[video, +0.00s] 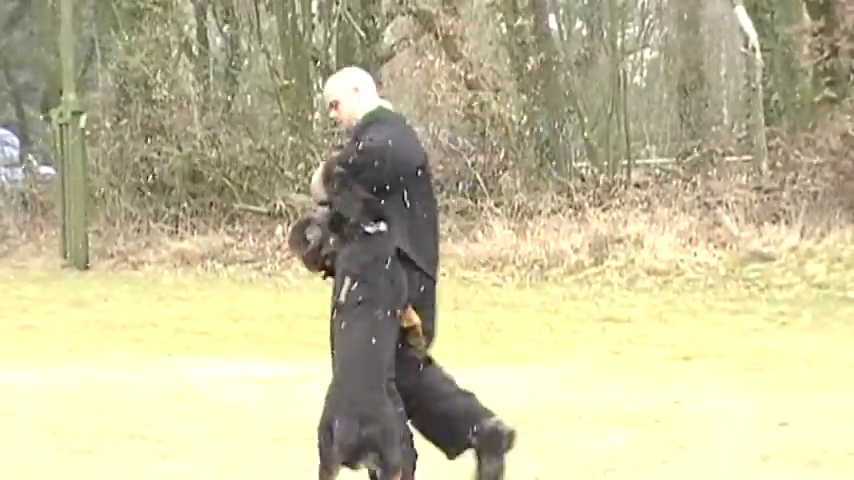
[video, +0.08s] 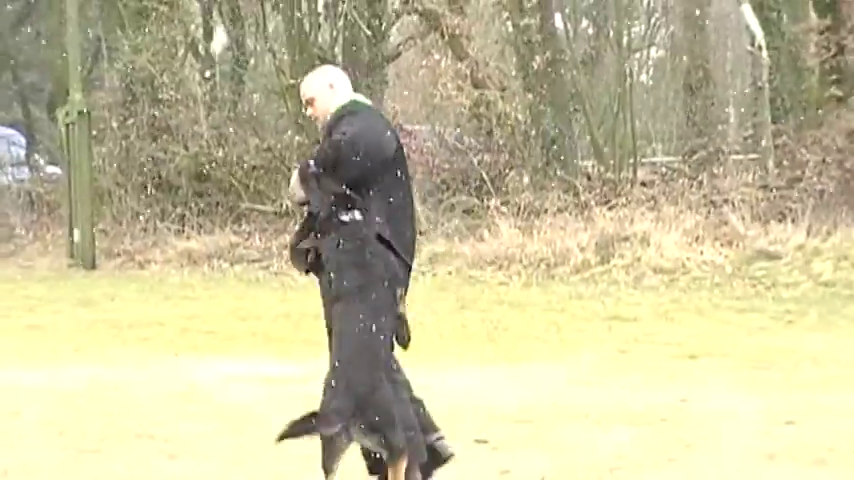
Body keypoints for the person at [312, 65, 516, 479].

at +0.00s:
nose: (333, 115)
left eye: (335, 105)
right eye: (330, 107)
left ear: (356, 94)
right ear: (365, 93)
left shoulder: (380, 137)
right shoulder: (389, 132)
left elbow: (339, 190)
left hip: (399, 269)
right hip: (400, 267)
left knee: (395, 362)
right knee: (397, 362)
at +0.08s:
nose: (310, 112)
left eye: (311, 101)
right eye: (306, 105)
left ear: (334, 89)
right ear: (335, 90)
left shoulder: (361, 123)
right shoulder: (344, 131)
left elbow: (340, 170)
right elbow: (326, 198)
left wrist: (307, 175)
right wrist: (310, 232)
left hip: (368, 257)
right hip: (352, 258)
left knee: (364, 359)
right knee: (365, 357)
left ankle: (406, 456)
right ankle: (422, 440)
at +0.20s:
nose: (278, 112)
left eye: (279, 102)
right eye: (276, 105)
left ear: (298, 88)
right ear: (305, 88)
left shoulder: (331, 118)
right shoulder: (316, 129)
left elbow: (320, 160)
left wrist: (283, 187)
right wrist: (284, 196)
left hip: (349, 259)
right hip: (322, 263)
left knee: (357, 352)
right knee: (306, 347)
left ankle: (406, 454)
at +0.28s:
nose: (260, 111)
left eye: (261, 101)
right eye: (257, 103)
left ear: (280, 90)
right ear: (284, 90)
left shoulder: (313, 121)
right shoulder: (294, 130)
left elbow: (304, 170)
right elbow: (276, 179)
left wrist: (270, 199)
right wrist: (263, 194)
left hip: (328, 251)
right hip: (298, 254)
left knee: (350, 341)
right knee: (286, 347)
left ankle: (396, 433)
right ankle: (303, 442)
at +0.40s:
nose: (230, 99)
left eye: (230, 89)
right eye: (227, 91)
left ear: (248, 78)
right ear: (256, 77)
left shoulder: (278, 104)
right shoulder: (269, 115)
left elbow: (304, 144)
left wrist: (251, 185)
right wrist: (236, 226)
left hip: (277, 242)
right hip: (265, 241)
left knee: (248, 339)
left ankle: (305, 428)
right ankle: (307, 430)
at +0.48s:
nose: (214, 79)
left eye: (216, 69)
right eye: (212, 72)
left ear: (233, 60)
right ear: (241, 59)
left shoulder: (262, 89)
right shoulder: (257, 97)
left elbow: (290, 137)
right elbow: (237, 162)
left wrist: (238, 171)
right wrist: (206, 197)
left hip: (249, 226)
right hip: (269, 224)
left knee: (213, 319)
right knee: (283, 320)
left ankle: (275, 405)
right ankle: (317, 415)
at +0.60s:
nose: (208, 63)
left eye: (211, 54)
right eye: (206, 55)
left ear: (231, 46)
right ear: (232, 46)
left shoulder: (259, 79)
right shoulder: (236, 92)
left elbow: (284, 127)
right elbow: (213, 135)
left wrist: (222, 154)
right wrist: (187, 157)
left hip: (271, 218)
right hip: (247, 218)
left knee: (208, 304)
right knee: (299, 313)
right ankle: (357, 400)